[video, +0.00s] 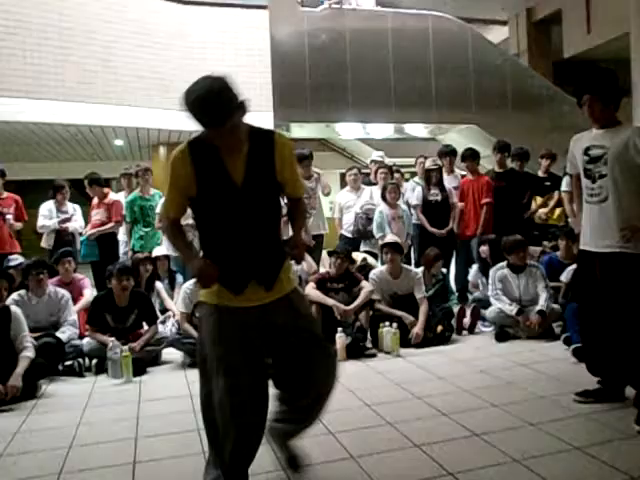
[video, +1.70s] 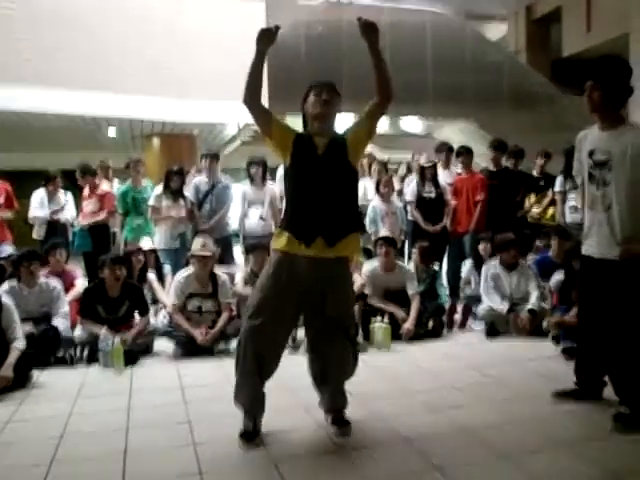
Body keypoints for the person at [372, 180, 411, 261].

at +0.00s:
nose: (393, 195)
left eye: (395, 192)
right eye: (390, 193)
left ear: (399, 194)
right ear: (384, 194)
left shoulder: (405, 209)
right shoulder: (380, 210)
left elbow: (409, 226)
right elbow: (377, 229)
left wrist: (407, 241)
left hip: (403, 244)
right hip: (387, 244)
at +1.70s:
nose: (387, 190)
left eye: (390, 186)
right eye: (384, 186)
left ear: (393, 188)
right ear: (378, 188)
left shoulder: (398, 206)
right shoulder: (374, 205)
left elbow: (403, 222)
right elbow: (369, 222)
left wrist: (401, 234)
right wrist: (374, 234)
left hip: (396, 238)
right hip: (380, 237)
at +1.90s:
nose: (386, 164)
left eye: (388, 160)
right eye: (383, 161)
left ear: (392, 162)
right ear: (377, 163)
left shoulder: (398, 180)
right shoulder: (373, 180)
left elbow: (403, 196)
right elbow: (369, 198)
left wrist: (401, 208)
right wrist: (373, 209)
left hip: (396, 212)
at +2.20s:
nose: (388, 164)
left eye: (391, 161)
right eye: (385, 161)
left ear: (394, 163)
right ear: (380, 163)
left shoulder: (401, 179)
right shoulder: (376, 180)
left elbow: (406, 196)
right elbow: (372, 199)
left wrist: (404, 210)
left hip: (400, 213)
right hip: (384, 213)